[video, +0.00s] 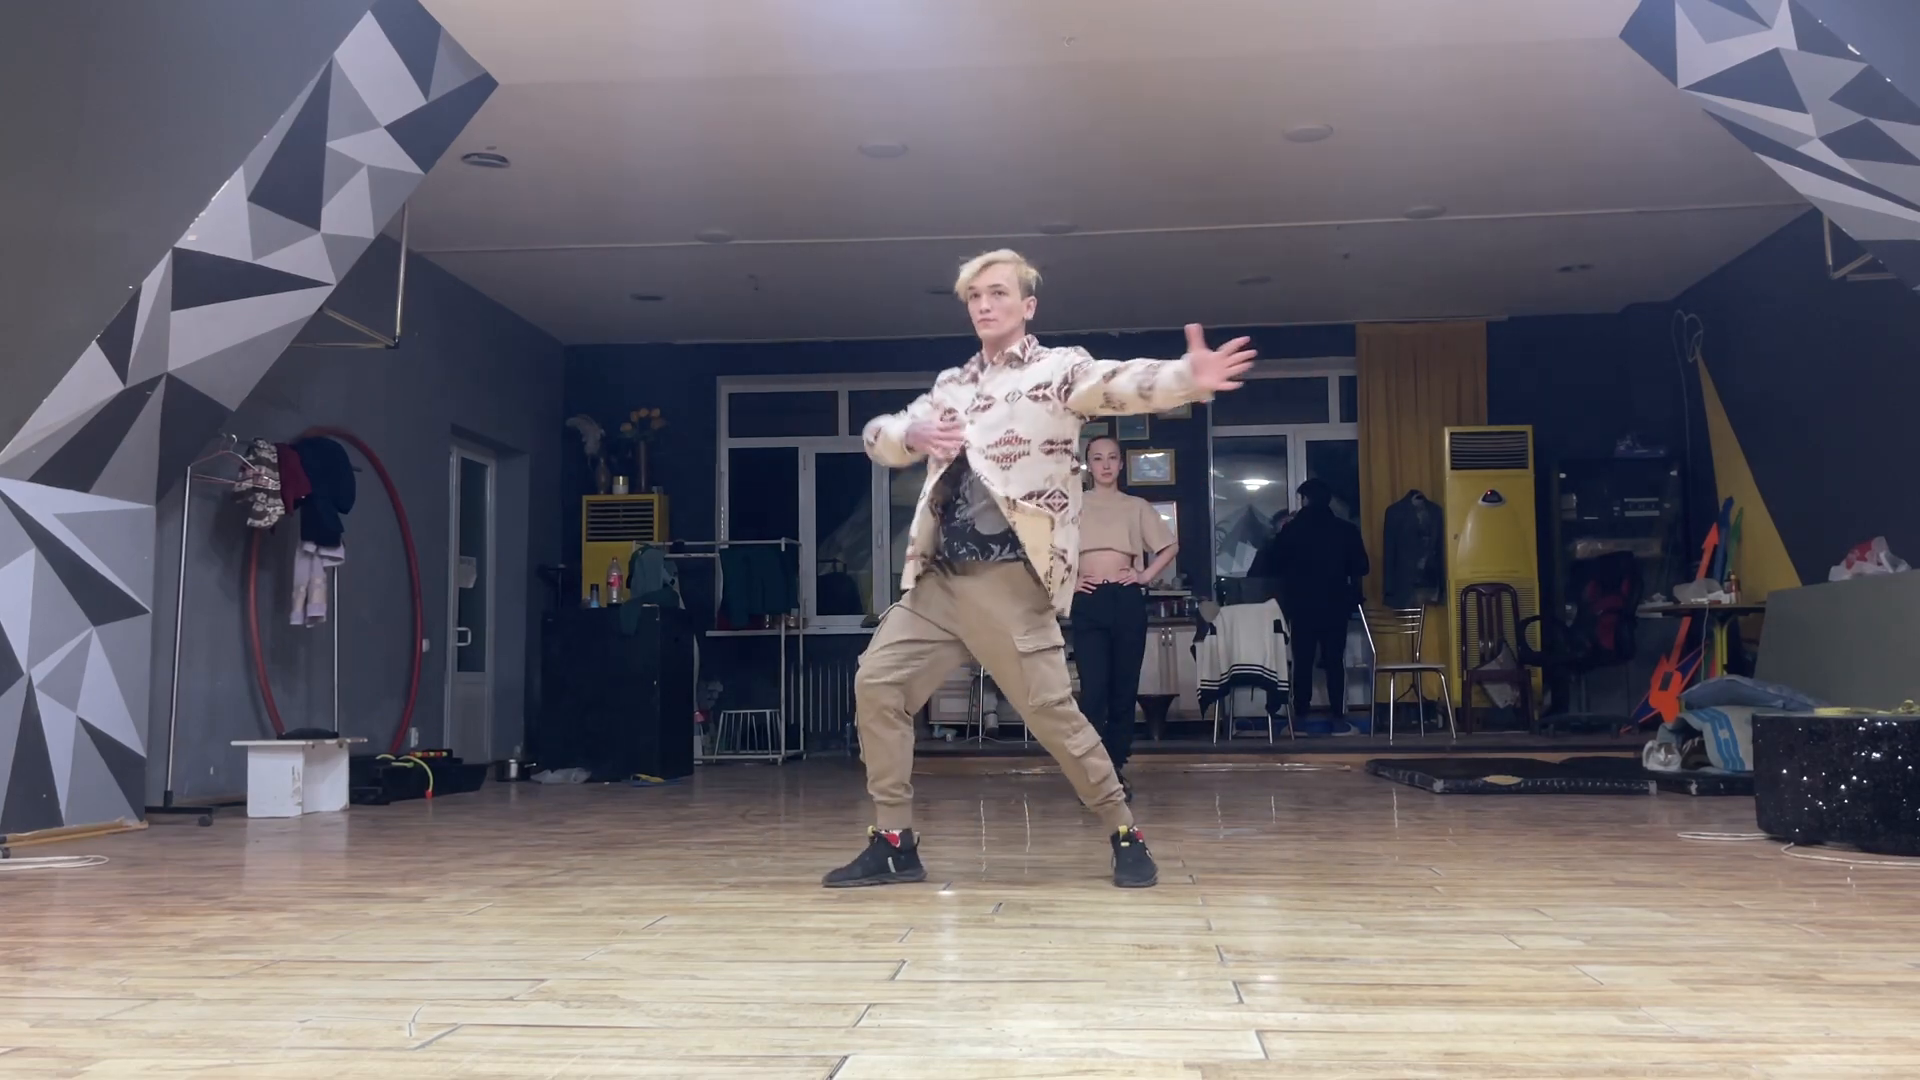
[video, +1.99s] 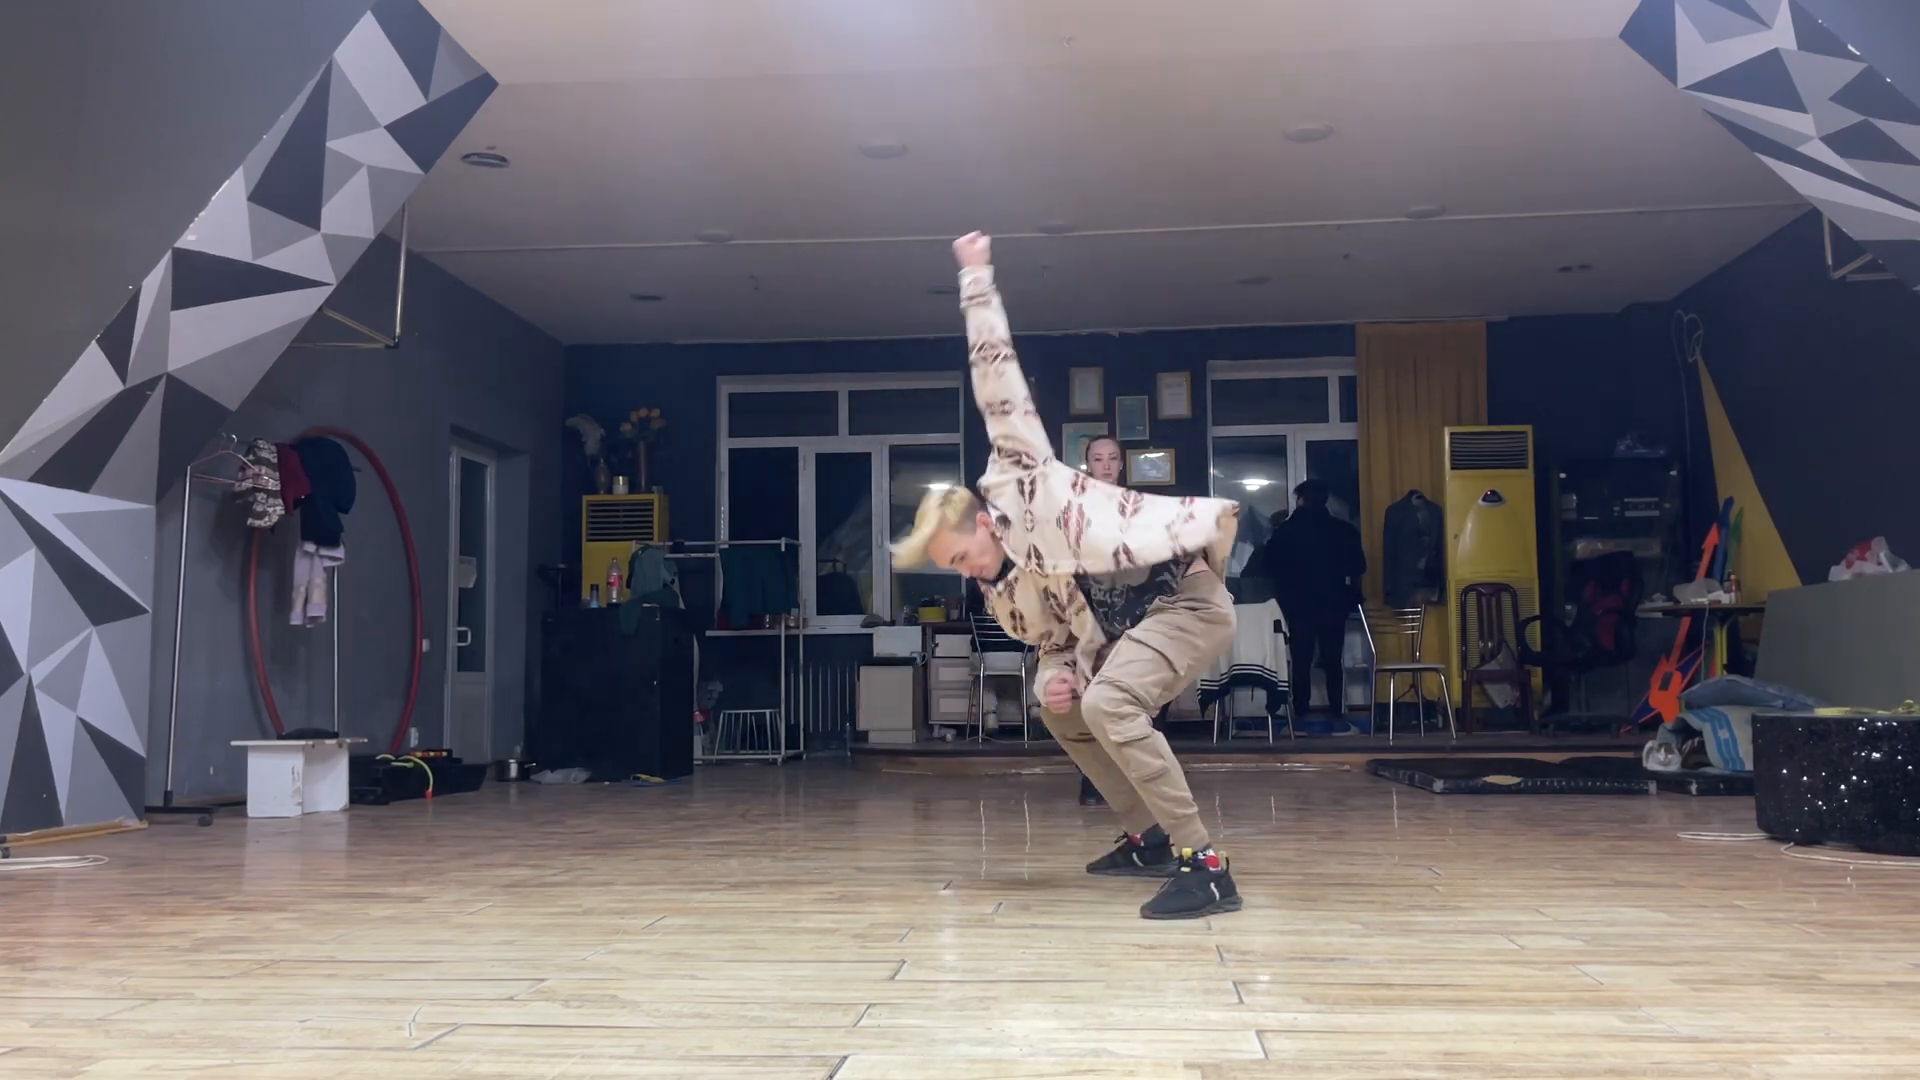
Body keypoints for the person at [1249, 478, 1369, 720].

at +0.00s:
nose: (1302, 502)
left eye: (1302, 498)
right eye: (1303, 499)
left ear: (1305, 500)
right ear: (1328, 500)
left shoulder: (1291, 530)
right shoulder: (1346, 529)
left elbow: (1270, 567)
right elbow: (1360, 567)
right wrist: (1337, 564)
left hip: (1301, 604)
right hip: (1335, 604)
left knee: (1302, 661)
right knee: (1335, 661)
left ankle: (1300, 717)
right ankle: (1338, 718)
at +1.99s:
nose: (1297, 503)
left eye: (1298, 499)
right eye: (1297, 499)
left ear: (1301, 500)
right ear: (1325, 500)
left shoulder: (1285, 530)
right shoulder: (1344, 530)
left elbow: (1270, 567)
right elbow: (1357, 567)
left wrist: (1283, 594)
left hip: (1298, 605)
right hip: (1332, 605)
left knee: (1300, 661)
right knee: (1333, 661)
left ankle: (1299, 719)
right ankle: (1337, 719)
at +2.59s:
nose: (1285, 509)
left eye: (1285, 505)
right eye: (1286, 505)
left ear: (1286, 505)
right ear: (1310, 503)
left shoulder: (1276, 530)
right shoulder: (1330, 526)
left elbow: (1264, 568)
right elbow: (1347, 561)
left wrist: (1277, 592)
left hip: (1294, 605)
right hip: (1328, 603)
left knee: (1299, 663)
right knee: (1331, 662)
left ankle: (1299, 718)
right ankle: (1336, 719)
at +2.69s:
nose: (1282, 510)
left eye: (1282, 506)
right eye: (1282, 506)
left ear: (1284, 506)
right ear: (1307, 503)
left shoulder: (1275, 530)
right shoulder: (1326, 525)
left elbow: (1262, 569)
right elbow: (1342, 560)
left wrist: (1277, 591)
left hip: (1293, 605)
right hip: (1327, 603)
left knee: (1299, 663)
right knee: (1330, 662)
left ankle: (1299, 720)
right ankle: (1336, 719)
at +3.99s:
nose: (1258, 514)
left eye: (1258, 510)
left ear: (1259, 510)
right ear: (1283, 506)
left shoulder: (1255, 532)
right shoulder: (1304, 523)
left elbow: (1240, 568)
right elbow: (1324, 554)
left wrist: (1268, 589)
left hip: (1283, 602)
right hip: (1316, 598)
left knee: (1293, 660)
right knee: (1328, 657)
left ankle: (1297, 717)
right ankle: (1337, 714)